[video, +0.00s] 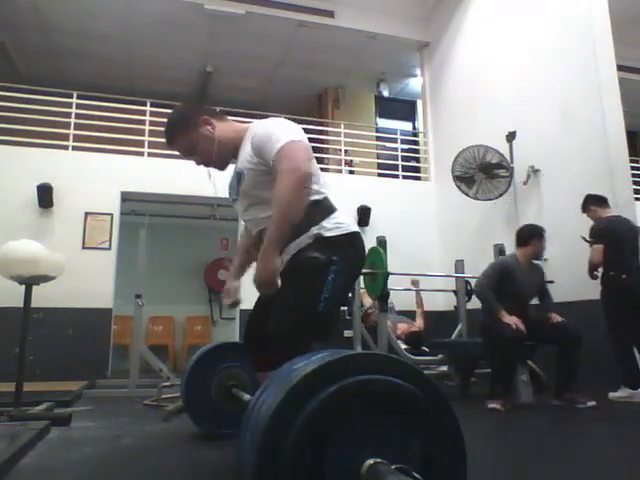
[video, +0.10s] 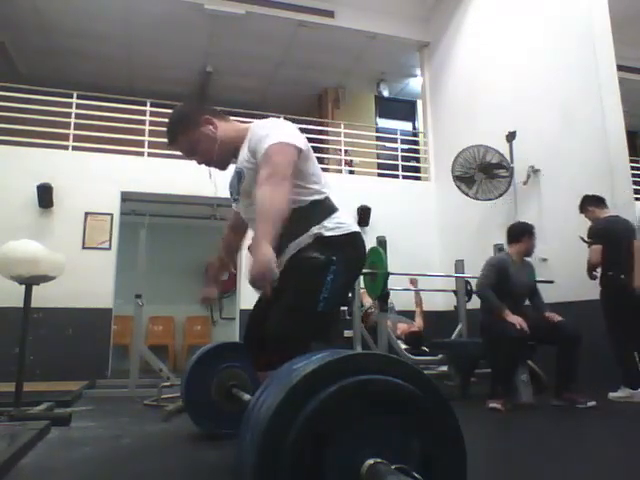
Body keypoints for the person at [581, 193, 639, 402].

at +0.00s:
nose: (590, 218)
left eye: (588, 214)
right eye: (588, 215)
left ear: (593, 209)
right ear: (606, 205)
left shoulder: (601, 226)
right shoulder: (630, 224)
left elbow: (596, 259)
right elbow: (631, 253)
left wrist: (591, 270)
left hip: (616, 288)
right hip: (635, 285)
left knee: (619, 336)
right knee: (633, 335)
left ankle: (632, 385)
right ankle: (633, 383)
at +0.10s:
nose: (588, 219)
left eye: (587, 215)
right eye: (587, 216)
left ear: (591, 210)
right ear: (604, 205)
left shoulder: (598, 227)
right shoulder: (627, 224)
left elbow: (595, 259)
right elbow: (635, 254)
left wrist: (590, 269)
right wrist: (635, 280)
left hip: (612, 287)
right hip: (630, 285)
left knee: (619, 336)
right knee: (631, 334)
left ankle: (631, 384)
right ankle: (633, 382)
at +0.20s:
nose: (587, 219)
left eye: (585, 215)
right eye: (585, 216)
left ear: (589, 210)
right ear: (602, 206)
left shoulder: (598, 227)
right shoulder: (622, 223)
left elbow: (594, 258)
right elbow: (623, 251)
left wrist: (589, 270)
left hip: (612, 284)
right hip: (631, 281)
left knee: (618, 334)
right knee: (631, 332)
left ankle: (630, 384)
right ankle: (633, 382)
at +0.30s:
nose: (585, 219)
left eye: (583, 215)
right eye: (583, 216)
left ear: (588, 210)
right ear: (600, 206)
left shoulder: (599, 226)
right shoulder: (622, 221)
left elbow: (595, 259)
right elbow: (622, 250)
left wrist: (589, 270)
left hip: (614, 284)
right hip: (631, 280)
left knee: (619, 334)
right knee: (629, 332)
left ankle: (630, 384)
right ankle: (631, 382)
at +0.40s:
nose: (584, 219)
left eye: (582, 215)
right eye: (582, 216)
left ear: (587, 210)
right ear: (598, 206)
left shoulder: (599, 226)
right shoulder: (617, 222)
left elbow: (596, 257)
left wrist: (588, 270)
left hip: (613, 282)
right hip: (628, 278)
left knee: (618, 331)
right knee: (625, 330)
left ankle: (630, 383)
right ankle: (630, 381)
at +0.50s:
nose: (583, 220)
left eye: (583, 216)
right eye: (581, 217)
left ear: (589, 210)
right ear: (591, 208)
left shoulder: (604, 226)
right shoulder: (604, 225)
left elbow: (603, 253)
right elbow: (606, 250)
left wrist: (591, 265)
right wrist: (592, 250)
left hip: (615, 282)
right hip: (614, 280)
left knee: (620, 332)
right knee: (619, 331)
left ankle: (633, 383)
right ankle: (628, 377)